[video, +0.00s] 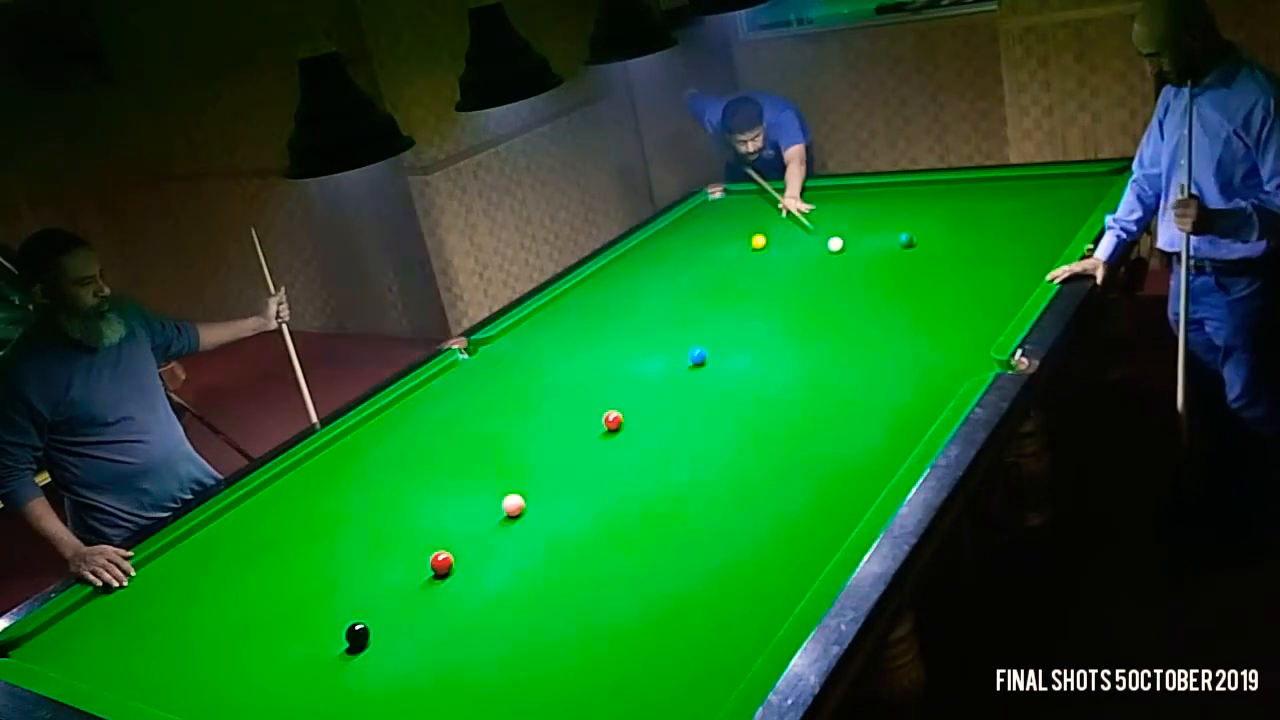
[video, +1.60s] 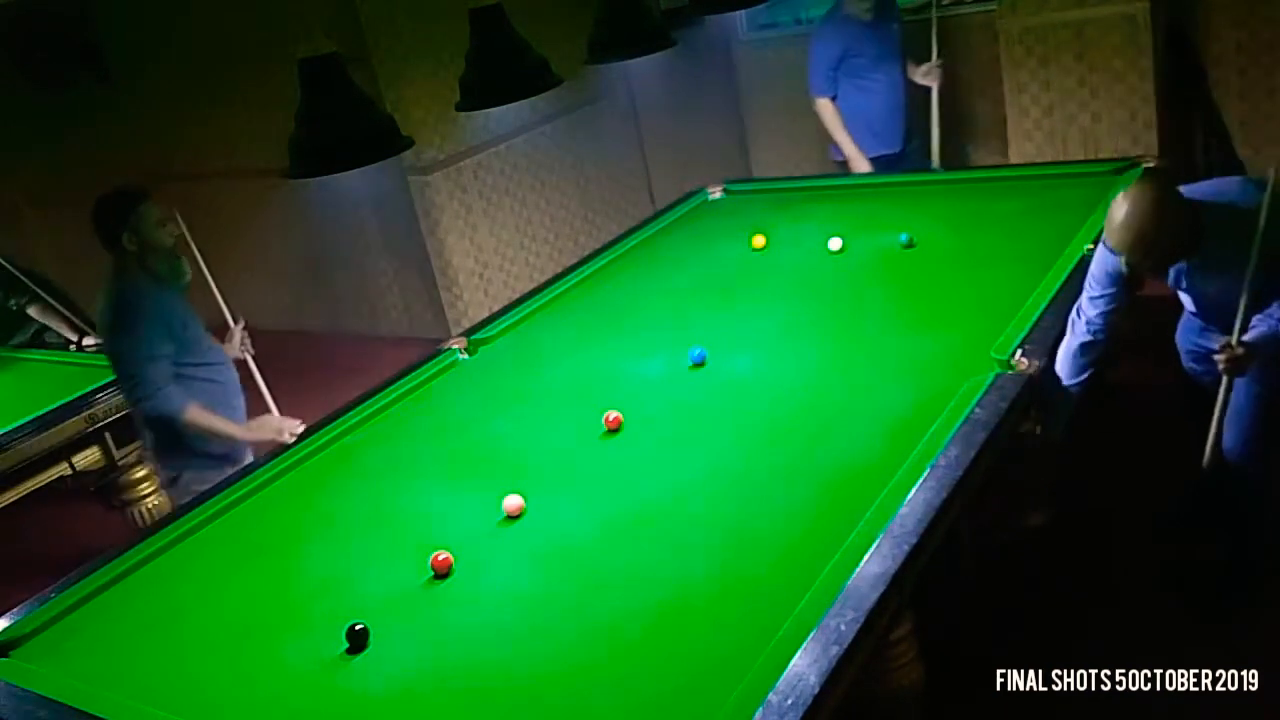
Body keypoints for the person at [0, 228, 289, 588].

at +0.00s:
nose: (102, 290)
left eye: (100, 277)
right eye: (84, 283)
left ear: (104, 272)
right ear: (44, 295)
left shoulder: (127, 320)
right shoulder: (24, 372)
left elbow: (185, 336)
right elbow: (13, 476)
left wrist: (261, 321)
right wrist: (75, 551)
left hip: (205, 503)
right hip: (130, 543)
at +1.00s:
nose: (116, 270)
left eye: (110, 260)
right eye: (99, 264)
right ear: (62, 282)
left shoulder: (127, 319)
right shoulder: (32, 363)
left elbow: (163, 359)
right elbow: (23, 470)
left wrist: (245, 354)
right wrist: (75, 550)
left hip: (203, 491)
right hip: (135, 530)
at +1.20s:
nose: (129, 259)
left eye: (122, 249)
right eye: (113, 253)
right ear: (78, 270)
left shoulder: (124, 312)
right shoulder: (56, 349)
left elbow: (158, 376)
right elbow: (41, 457)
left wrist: (228, 388)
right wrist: (102, 531)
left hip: (205, 486)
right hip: (152, 521)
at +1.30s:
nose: (140, 252)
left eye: (133, 242)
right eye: (124, 245)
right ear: (89, 264)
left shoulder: (128, 308)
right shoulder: (76, 336)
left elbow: (158, 378)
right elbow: (62, 442)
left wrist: (222, 385)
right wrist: (137, 506)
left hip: (208, 479)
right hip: (172, 502)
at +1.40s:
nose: (150, 246)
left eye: (142, 236)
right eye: (134, 239)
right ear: (101, 257)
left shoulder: (134, 304)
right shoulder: (94, 327)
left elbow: (164, 371)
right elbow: (96, 429)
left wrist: (222, 377)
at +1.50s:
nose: (163, 239)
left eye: (156, 228)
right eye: (148, 232)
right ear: (117, 249)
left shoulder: (145, 298)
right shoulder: (114, 315)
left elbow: (168, 364)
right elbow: (127, 414)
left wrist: (222, 364)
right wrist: (222, 450)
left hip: (214, 474)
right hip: (185, 488)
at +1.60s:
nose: (175, 231)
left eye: (169, 221)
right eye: (161, 225)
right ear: (131, 241)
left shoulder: (154, 290)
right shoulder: (136, 301)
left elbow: (174, 363)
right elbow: (156, 398)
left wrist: (223, 352)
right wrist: (244, 431)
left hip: (227, 464)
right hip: (202, 480)